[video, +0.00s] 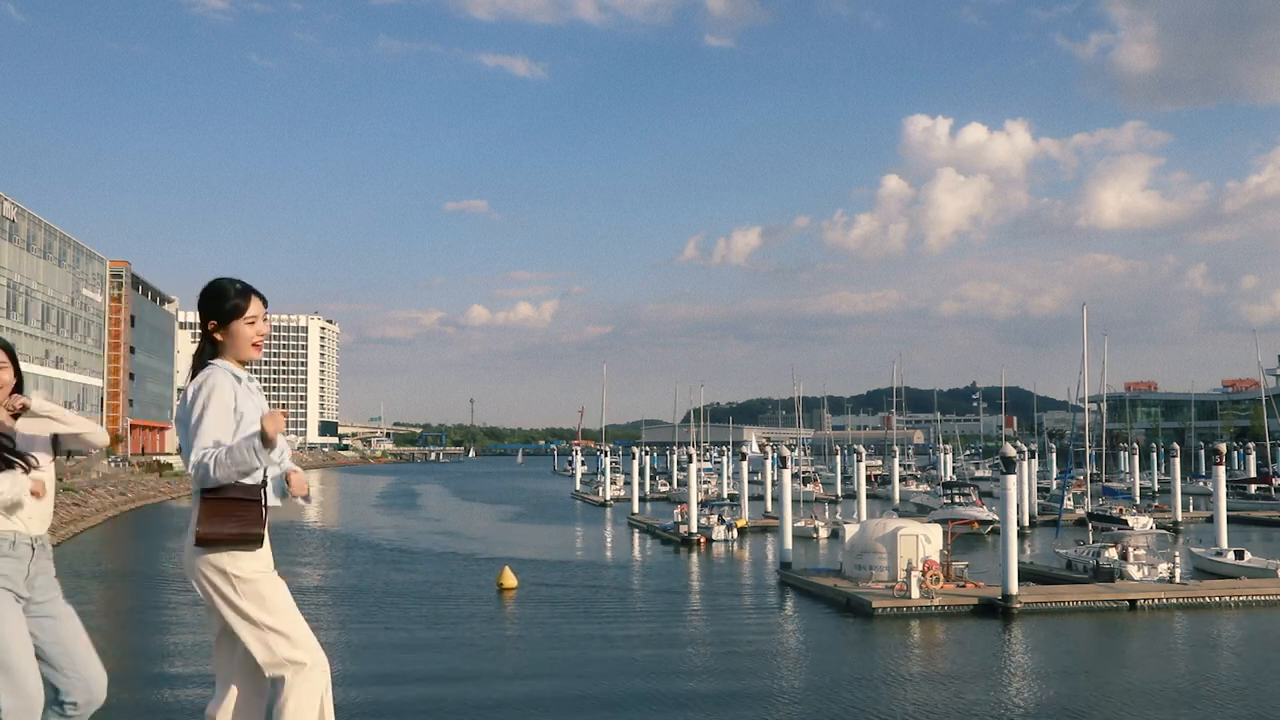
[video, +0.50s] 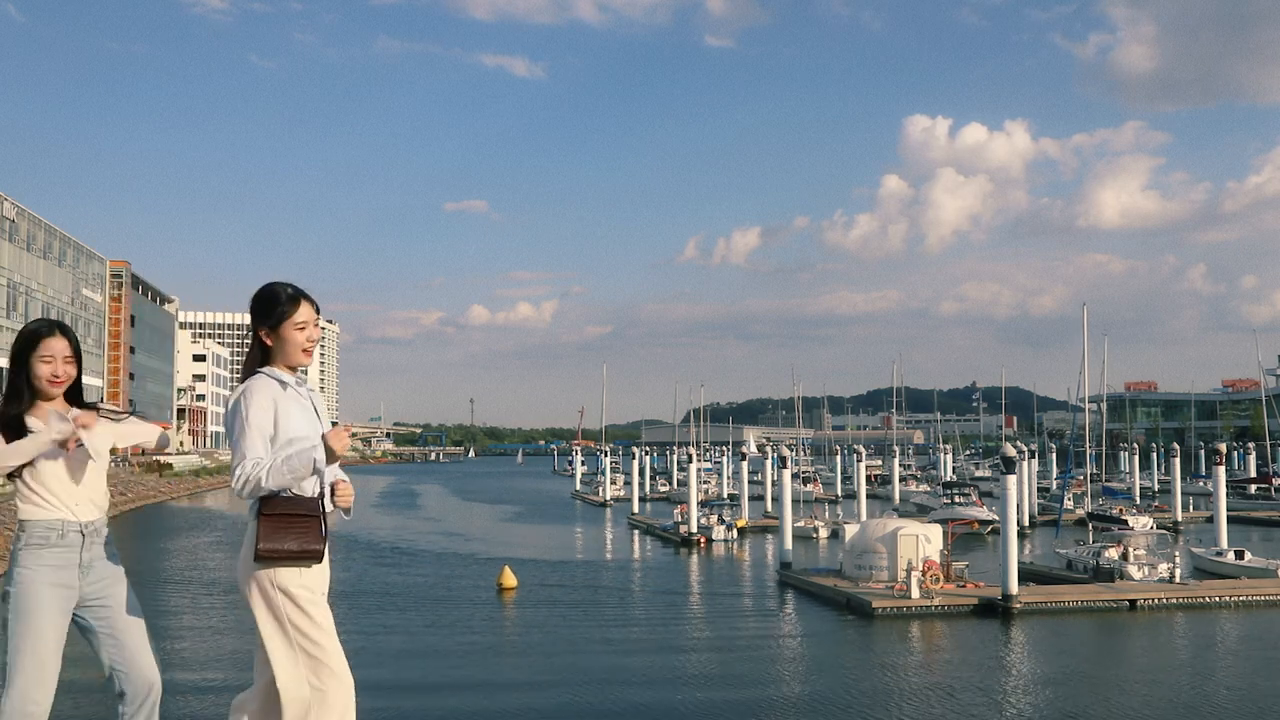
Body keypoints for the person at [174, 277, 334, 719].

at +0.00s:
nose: (263, 330)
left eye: (264, 320)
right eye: (252, 321)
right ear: (218, 329)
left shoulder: (245, 383)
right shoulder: (215, 381)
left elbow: (258, 459)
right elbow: (201, 467)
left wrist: (288, 472)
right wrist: (260, 441)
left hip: (245, 543)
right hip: (226, 548)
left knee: (241, 680)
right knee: (305, 666)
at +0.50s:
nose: (313, 336)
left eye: (315, 325)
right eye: (301, 326)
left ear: (316, 329)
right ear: (268, 335)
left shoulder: (305, 392)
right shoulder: (257, 391)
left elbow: (312, 468)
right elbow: (246, 478)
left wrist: (340, 488)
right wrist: (321, 450)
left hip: (310, 543)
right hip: (277, 546)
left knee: (280, 683)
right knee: (332, 685)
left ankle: (246, 713)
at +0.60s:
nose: (324, 346)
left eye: (326, 336)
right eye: (311, 338)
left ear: (328, 339)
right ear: (278, 345)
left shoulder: (323, 406)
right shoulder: (263, 406)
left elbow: (327, 480)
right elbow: (252, 494)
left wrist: (352, 523)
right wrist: (341, 502)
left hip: (325, 562)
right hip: (289, 568)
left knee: (286, 694)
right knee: (350, 694)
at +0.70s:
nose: (334, 362)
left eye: (337, 351)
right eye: (321, 352)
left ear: (342, 351)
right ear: (288, 357)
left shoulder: (334, 421)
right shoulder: (272, 417)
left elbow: (356, 509)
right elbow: (275, 508)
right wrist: (359, 522)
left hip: (339, 570)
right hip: (305, 574)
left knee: (333, 703)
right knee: (362, 699)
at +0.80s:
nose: (351, 354)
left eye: (353, 344)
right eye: (341, 343)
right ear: (306, 345)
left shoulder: (338, 414)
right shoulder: (287, 408)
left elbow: (377, 500)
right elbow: (307, 491)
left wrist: (439, 550)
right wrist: (376, 495)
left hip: (346, 556)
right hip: (312, 559)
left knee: (396, 693)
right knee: (353, 703)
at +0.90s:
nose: (368, 334)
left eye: (369, 324)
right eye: (360, 322)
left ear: (336, 329)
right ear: (325, 325)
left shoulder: (345, 393)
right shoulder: (308, 387)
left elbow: (388, 477)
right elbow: (341, 467)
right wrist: (383, 461)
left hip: (354, 539)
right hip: (321, 543)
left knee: (411, 669)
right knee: (345, 692)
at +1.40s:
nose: (429, 326)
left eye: (429, 317)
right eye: (420, 315)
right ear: (389, 321)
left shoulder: (405, 386)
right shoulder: (373, 384)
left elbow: (423, 463)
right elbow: (408, 458)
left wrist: (460, 451)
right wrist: (462, 447)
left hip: (425, 533)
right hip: (390, 534)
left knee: (450, 684)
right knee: (378, 686)